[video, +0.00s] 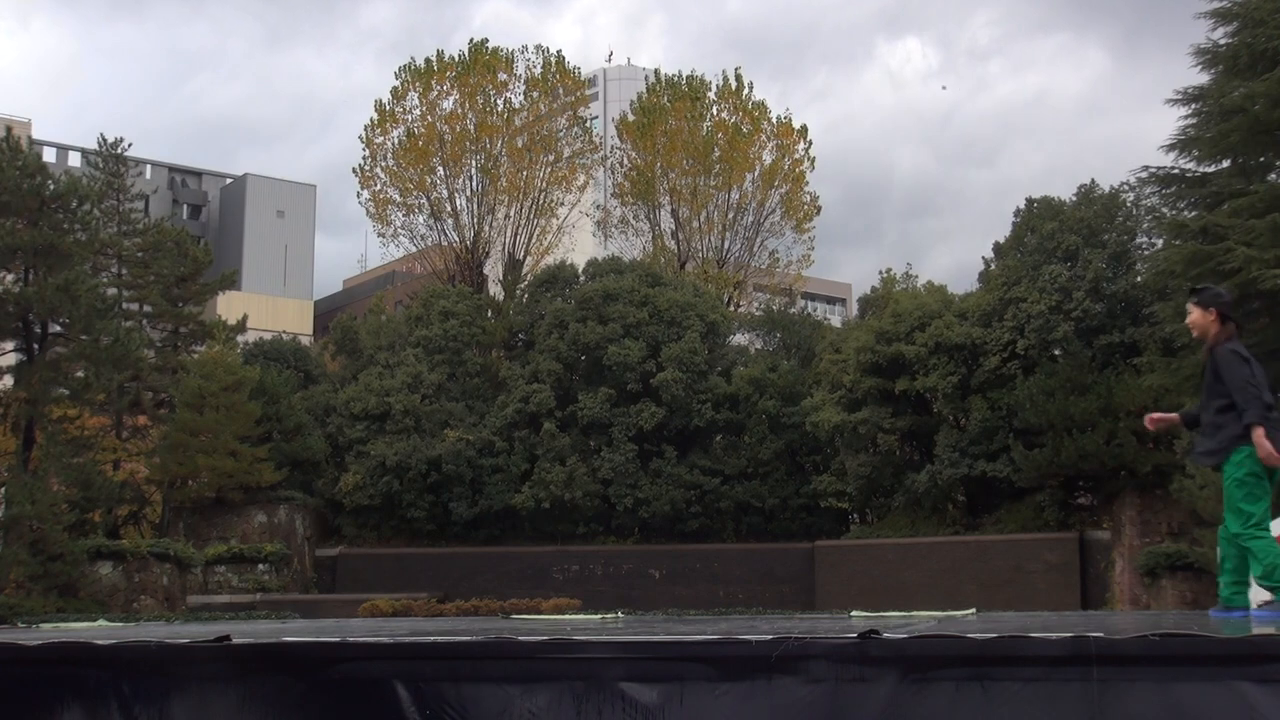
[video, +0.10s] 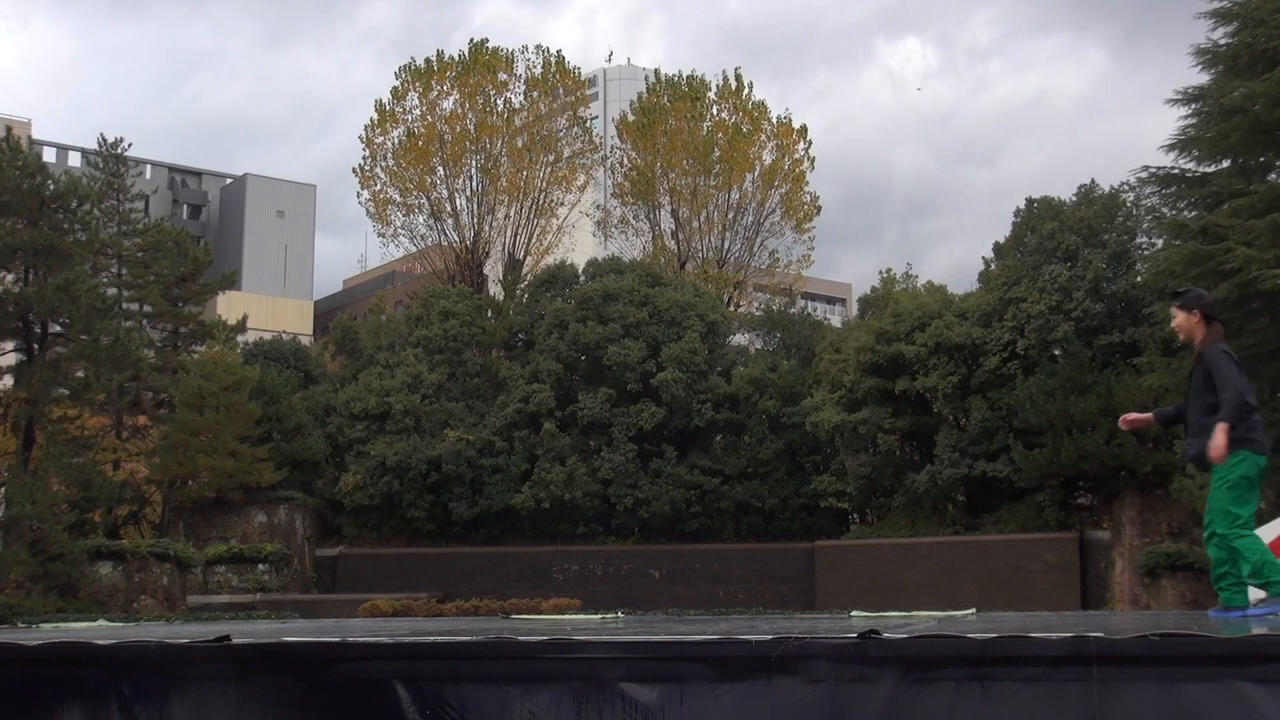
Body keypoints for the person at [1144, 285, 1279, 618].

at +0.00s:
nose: (1187, 321)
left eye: (1191, 313)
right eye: (1187, 314)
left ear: (1212, 314)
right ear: (1212, 316)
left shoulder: (1227, 352)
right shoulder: (1219, 354)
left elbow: (1249, 394)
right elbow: (1213, 411)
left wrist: (1258, 437)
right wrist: (1173, 419)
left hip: (1247, 450)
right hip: (1243, 450)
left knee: (1248, 529)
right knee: (1232, 532)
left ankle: (1279, 592)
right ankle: (1233, 604)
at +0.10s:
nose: (1173, 325)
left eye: (1176, 317)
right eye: (1172, 319)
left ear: (1197, 316)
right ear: (1195, 318)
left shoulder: (1215, 353)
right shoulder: (1203, 357)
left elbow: (1234, 391)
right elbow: (1193, 407)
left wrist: (1221, 428)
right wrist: (1150, 418)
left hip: (1243, 451)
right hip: (1230, 453)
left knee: (1230, 526)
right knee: (1216, 528)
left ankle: (1276, 587)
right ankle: (1233, 601)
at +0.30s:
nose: (1137, 344)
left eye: (1138, 335)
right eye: (1134, 337)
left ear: (1157, 327)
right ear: (1155, 330)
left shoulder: (1194, 358)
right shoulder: (1168, 366)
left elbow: (1196, 393)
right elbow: (1183, 409)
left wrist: (1150, 409)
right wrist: (1163, 433)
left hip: (1223, 456)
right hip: (1199, 459)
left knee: (1187, 516)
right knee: (1209, 530)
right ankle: (1237, 599)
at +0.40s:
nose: (1124, 349)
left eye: (1123, 341)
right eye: (1121, 344)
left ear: (1140, 331)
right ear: (1140, 333)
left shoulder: (1178, 358)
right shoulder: (1161, 365)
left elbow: (1179, 399)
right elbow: (1171, 410)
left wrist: (1133, 415)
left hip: (1207, 456)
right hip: (1184, 458)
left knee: (1174, 518)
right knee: (1170, 518)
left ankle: (1185, 599)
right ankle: (1216, 581)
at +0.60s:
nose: (1115, 340)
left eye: (1114, 332)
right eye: (1111, 335)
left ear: (1129, 321)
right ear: (1129, 324)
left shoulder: (1156, 340)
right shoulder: (1149, 347)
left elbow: (1163, 379)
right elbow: (1183, 397)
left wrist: (1140, 411)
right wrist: (1207, 443)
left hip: (1188, 444)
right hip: (1164, 442)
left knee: (1171, 520)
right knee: (1120, 484)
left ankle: (1185, 599)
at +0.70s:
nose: (1117, 338)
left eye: (1117, 329)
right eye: (1113, 333)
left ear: (1135, 318)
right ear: (1134, 322)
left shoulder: (1157, 334)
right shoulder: (1147, 346)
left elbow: (1167, 369)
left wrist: (1143, 406)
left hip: (1183, 440)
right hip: (1155, 437)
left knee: (1169, 517)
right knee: (1109, 481)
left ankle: (1183, 598)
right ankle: (1157, 443)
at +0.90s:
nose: (1142, 320)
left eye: (1147, 313)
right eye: (1134, 316)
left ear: (1156, 318)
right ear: (1125, 326)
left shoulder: (1165, 345)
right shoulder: (1140, 363)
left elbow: (1181, 376)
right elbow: (1150, 403)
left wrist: (1146, 408)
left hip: (1178, 452)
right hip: (1141, 453)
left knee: (1160, 524)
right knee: (1104, 500)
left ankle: (1170, 602)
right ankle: (1156, 472)